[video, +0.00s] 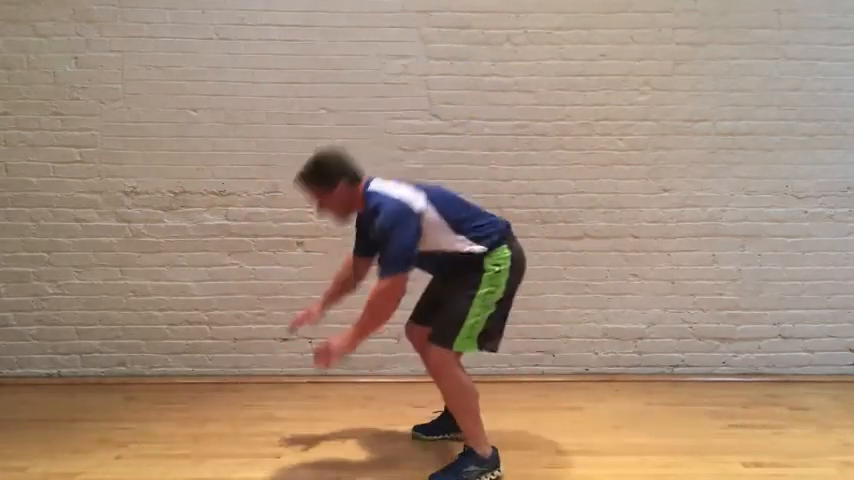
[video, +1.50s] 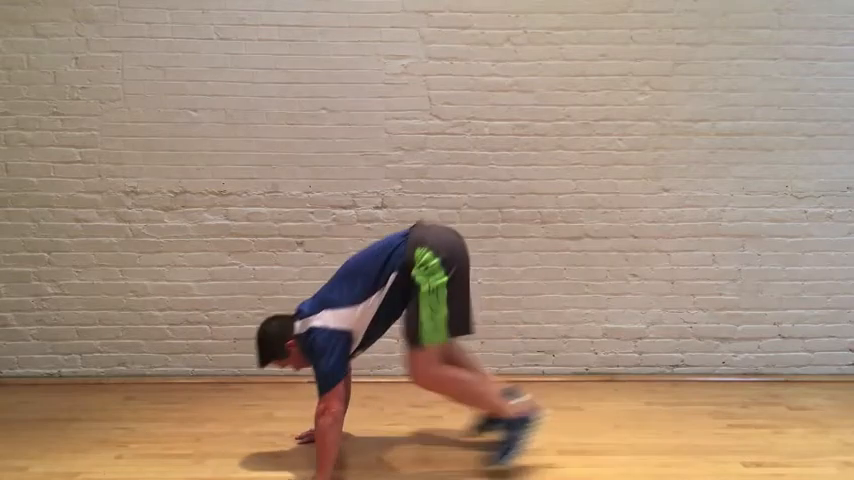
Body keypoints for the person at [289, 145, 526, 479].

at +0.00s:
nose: (320, 209)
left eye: (321, 199)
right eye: (316, 201)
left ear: (343, 185)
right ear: (343, 186)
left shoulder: (393, 210)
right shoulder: (370, 209)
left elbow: (391, 291)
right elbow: (357, 267)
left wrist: (347, 341)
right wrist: (320, 306)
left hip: (492, 258)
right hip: (462, 261)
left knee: (441, 351)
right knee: (419, 332)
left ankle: (482, 454)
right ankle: (458, 414)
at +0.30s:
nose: (313, 342)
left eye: (308, 334)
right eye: (306, 338)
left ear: (321, 319)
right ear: (324, 312)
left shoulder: (361, 321)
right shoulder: (350, 300)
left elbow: (344, 403)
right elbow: (347, 386)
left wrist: (319, 463)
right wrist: (329, 426)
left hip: (481, 268)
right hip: (471, 259)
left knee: (427, 366)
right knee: (429, 356)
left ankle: (482, 456)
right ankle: (459, 420)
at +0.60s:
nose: (257, 385)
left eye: (250, 379)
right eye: (249, 381)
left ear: (254, 363)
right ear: (258, 351)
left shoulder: (293, 349)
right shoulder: (298, 330)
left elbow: (329, 419)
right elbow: (342, 381)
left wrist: (322, 476)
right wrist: (330, 430)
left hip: (408, 296)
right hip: (411, 282)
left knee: (492, 380)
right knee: (494, 348)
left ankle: (604, 403)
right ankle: (585, 364)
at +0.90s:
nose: (230, 441)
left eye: (228, 434)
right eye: (225, 436)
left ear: (241, 420)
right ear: (250, 401)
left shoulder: (273, 422)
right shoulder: (292, 388)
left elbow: (321, 430)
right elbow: (348, 375)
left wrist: (323, 479)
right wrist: (341, 410)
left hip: (408, 420)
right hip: (410, 392)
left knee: (521, 442)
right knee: (517, 421)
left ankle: (631, 428)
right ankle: (610, 398)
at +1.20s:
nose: (241, 389)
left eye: (237, 383)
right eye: (235, 384)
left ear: (249, 369)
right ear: (258, 352)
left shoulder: (292, 377)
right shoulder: (297, 350)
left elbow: (331, 423)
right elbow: (340, 385)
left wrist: (323, 477)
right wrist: (322, 426)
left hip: (417, 398)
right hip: (420, 373)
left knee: (518, 437)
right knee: (517, 418)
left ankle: (634, 429)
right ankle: (614, 400)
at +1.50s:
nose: (291, 367)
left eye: (286, 361)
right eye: (284, 364)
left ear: (291, 346)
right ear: (290, 339)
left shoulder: (323, 334)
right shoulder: (315, 318)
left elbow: (331, 413)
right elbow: (339, 387)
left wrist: (323, 474)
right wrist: (325, 427)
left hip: (430, 254)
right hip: (432, 244)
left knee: (425, 371)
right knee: (440, 351)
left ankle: (513, 414)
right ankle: (500, 401)